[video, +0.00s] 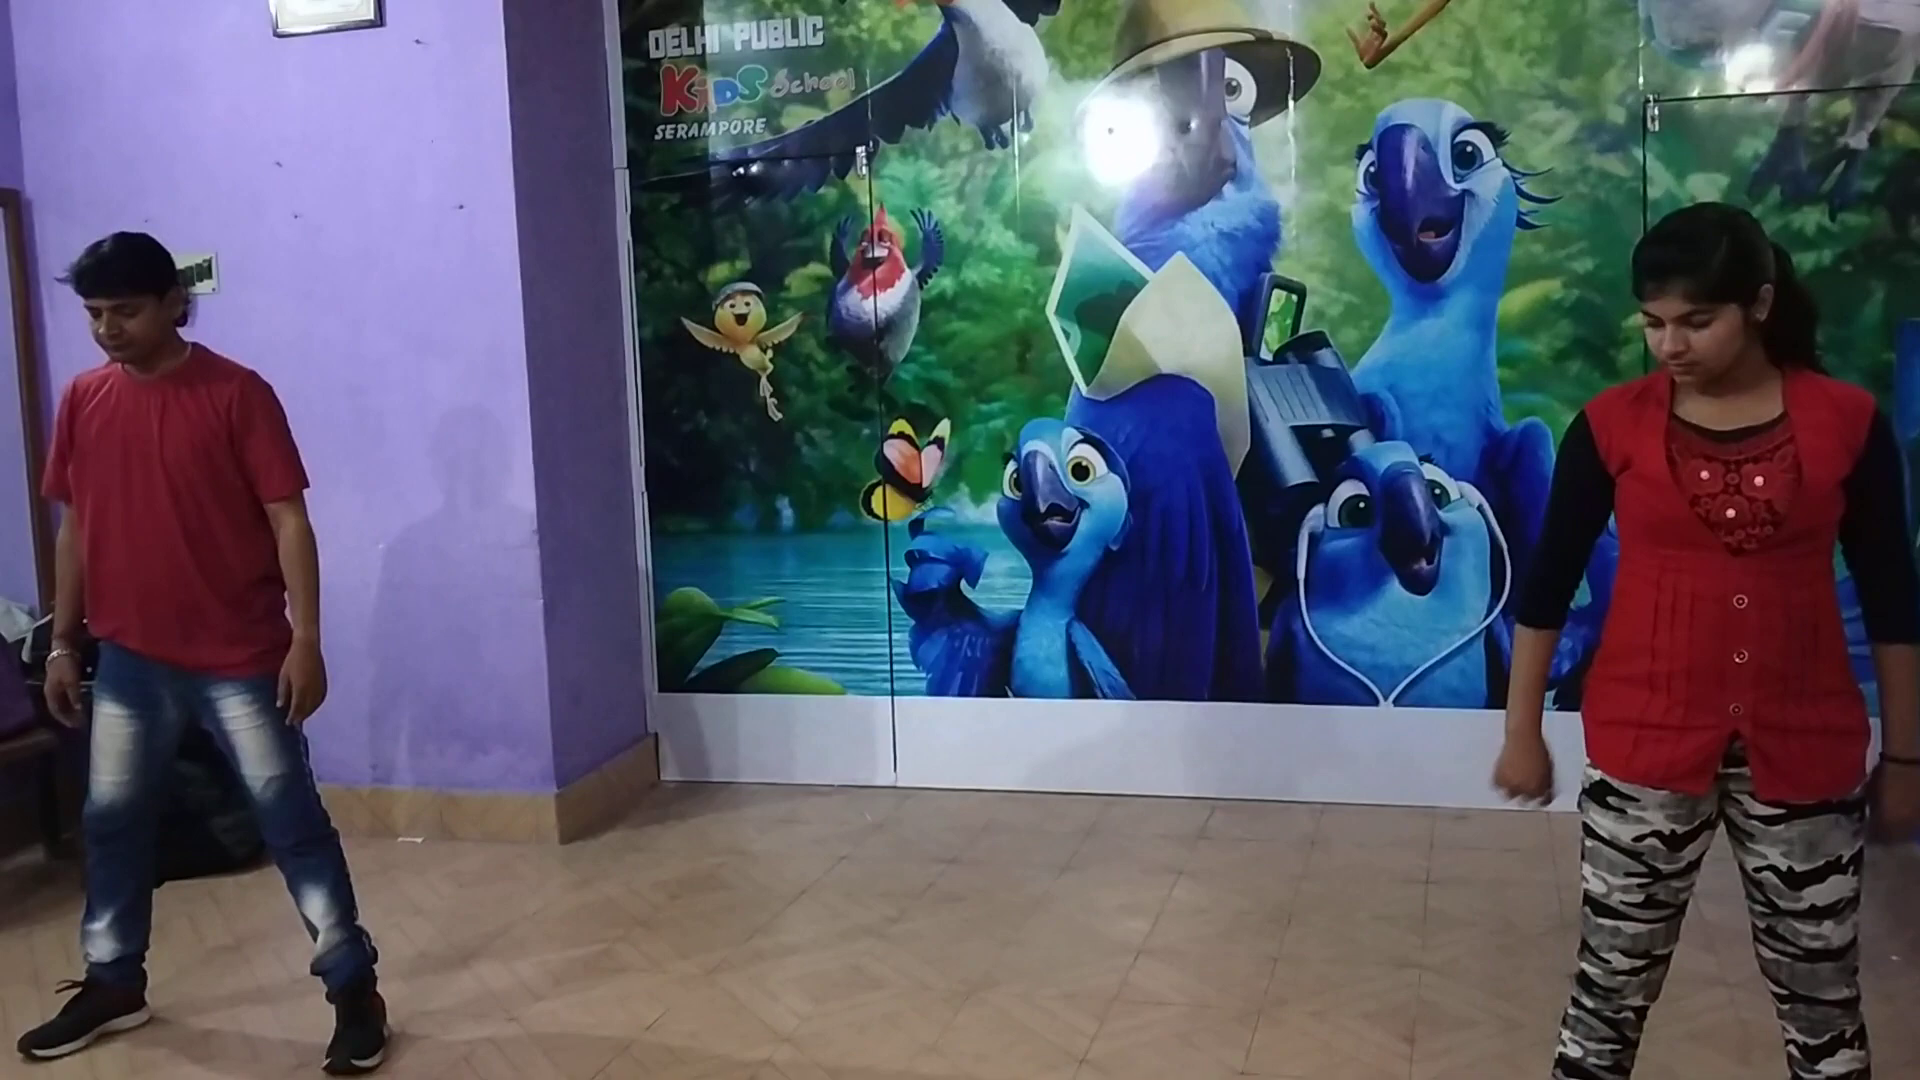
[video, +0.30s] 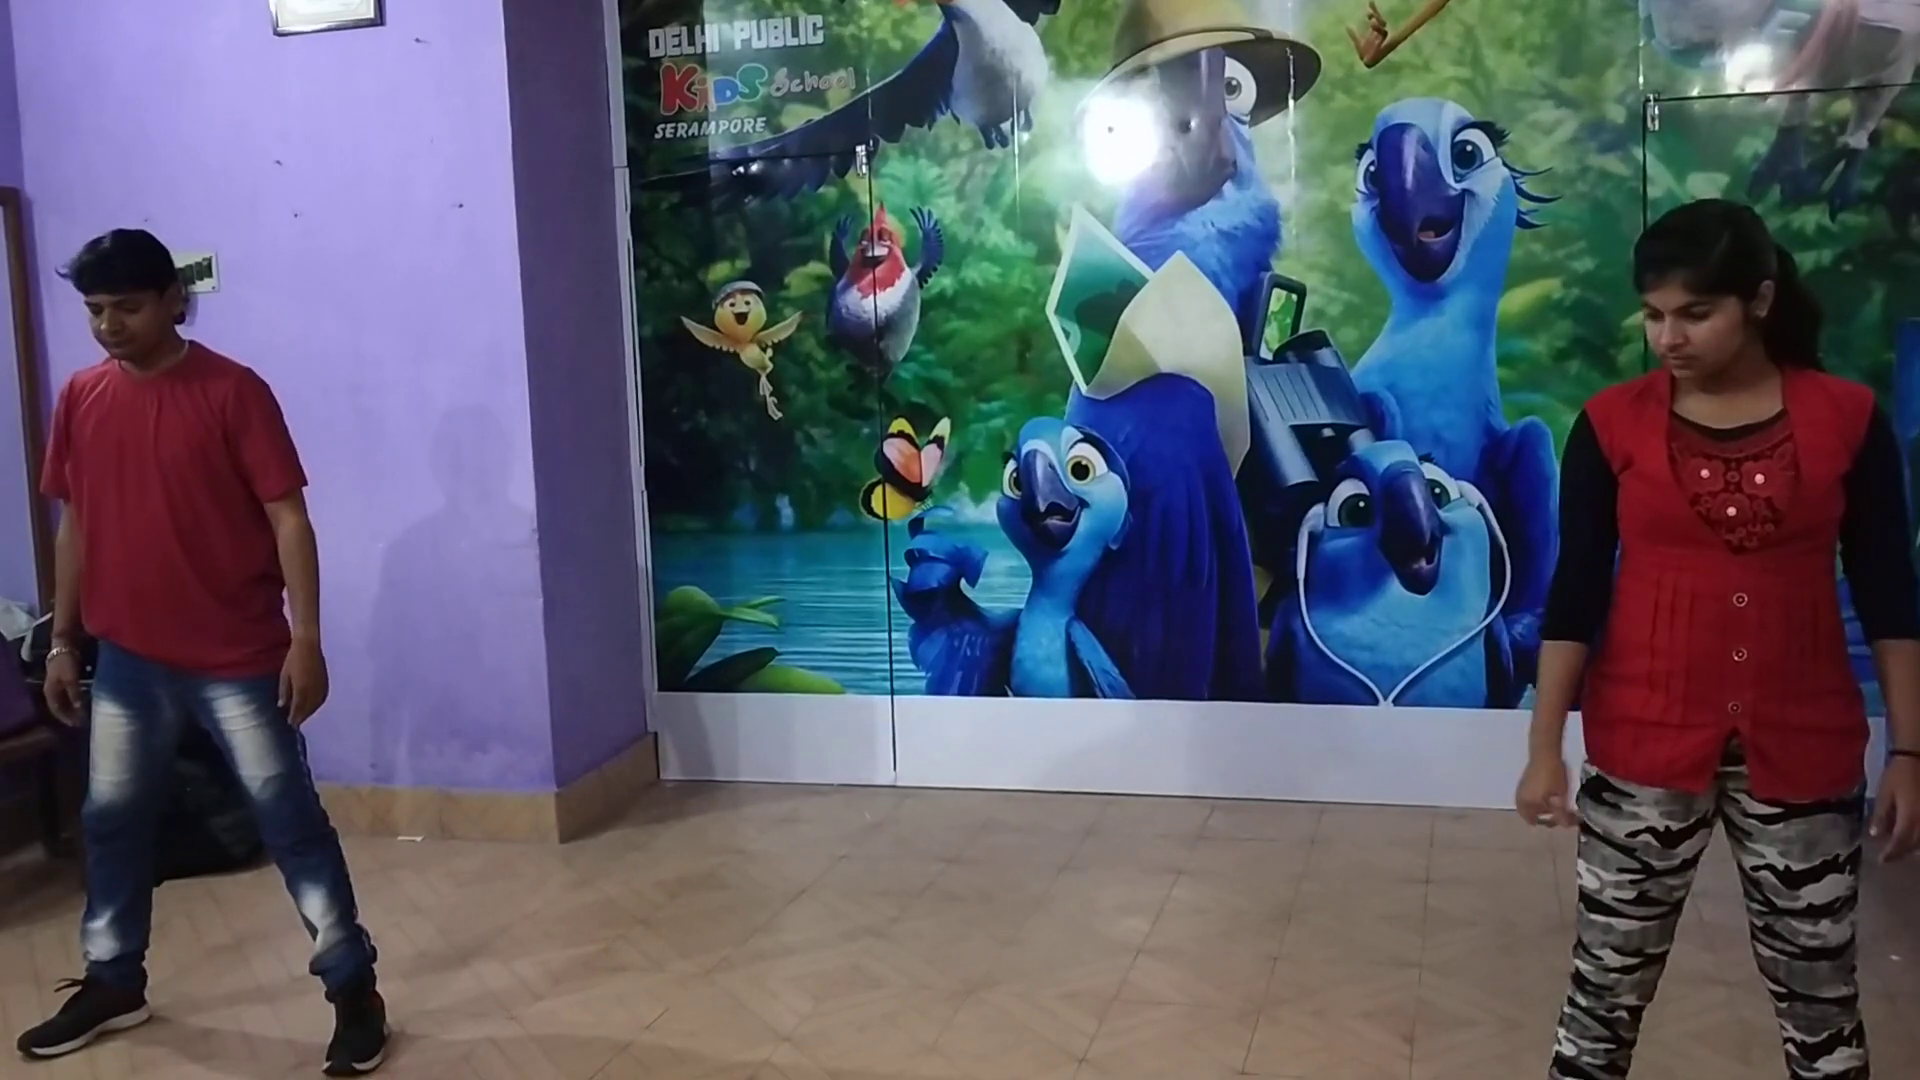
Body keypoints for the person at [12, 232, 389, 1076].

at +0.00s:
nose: (104, 327)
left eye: (121, 310)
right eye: (93, 311)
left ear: (173, 303)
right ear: (87, 312)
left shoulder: (238, 393)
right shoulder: (83, 401)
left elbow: (289, 517)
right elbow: (74, 523)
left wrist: (306, 641)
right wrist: (63, 638)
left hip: (238, 650)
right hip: (129, 650)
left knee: (289, 816)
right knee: (112, 813)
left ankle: (352, 988)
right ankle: (112, 980)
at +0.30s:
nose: (105, 324)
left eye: (122, 307)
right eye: (93, 308)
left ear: (172, 300)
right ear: (85, 309)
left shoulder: (233, 390)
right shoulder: (81, 397)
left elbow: (289, 513)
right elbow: (74, 521)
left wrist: (306, 640)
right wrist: (62, 636)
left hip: (234, 650)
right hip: (125, 650)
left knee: (288, 816)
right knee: (112, 813)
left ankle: (351, 987)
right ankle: (112, 978)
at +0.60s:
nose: (103, 323)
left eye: (120, 306)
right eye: (91, 308)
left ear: (168, 299)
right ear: (80, 310)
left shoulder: (228, 390)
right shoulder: (75, 397)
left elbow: (283, 517)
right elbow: (66, 520)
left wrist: (300, 642)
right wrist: (58, 636)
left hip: (230, 652)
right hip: (121, 651)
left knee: (286, 815)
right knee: (107, 812)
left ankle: (351, 986)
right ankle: (112, 978)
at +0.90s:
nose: (119, 323)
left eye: (137, 306)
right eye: (101, 308)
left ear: (168, 305)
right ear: (80, 312)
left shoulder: (211, 393)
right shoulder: (79, 401)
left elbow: (275, 517)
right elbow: (86, 530)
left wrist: (305, 643)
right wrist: (72, 643)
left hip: (238, 653)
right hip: (129, 655)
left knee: (303, 806)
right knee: (106, 813)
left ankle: (364, 983)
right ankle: (112, 977)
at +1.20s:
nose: (236, 362)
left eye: (247, 346)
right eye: (215, 349)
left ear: (263, 349)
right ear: (182, 358)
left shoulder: (305, 443)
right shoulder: (177, 443)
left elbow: (407, 548)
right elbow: (174, 561)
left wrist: (398, 678)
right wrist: (129, 667)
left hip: (306, 690)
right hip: (196, 684)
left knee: (359, 812)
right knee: (106, 812)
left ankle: (376, 992)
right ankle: (112, 980)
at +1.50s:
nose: (322, 474)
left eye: (333, 457)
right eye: (303, 455)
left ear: (344, 454)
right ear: (255, 446)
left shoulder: (348, 547)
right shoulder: (202, 485)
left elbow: (415, 666)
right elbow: (171, 578)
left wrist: (443, 782)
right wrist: (133, 674)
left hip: (315, 720)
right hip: (197, 712)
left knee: (378, 837)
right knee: (68, 828)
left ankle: (378, 991)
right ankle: (116, 978)